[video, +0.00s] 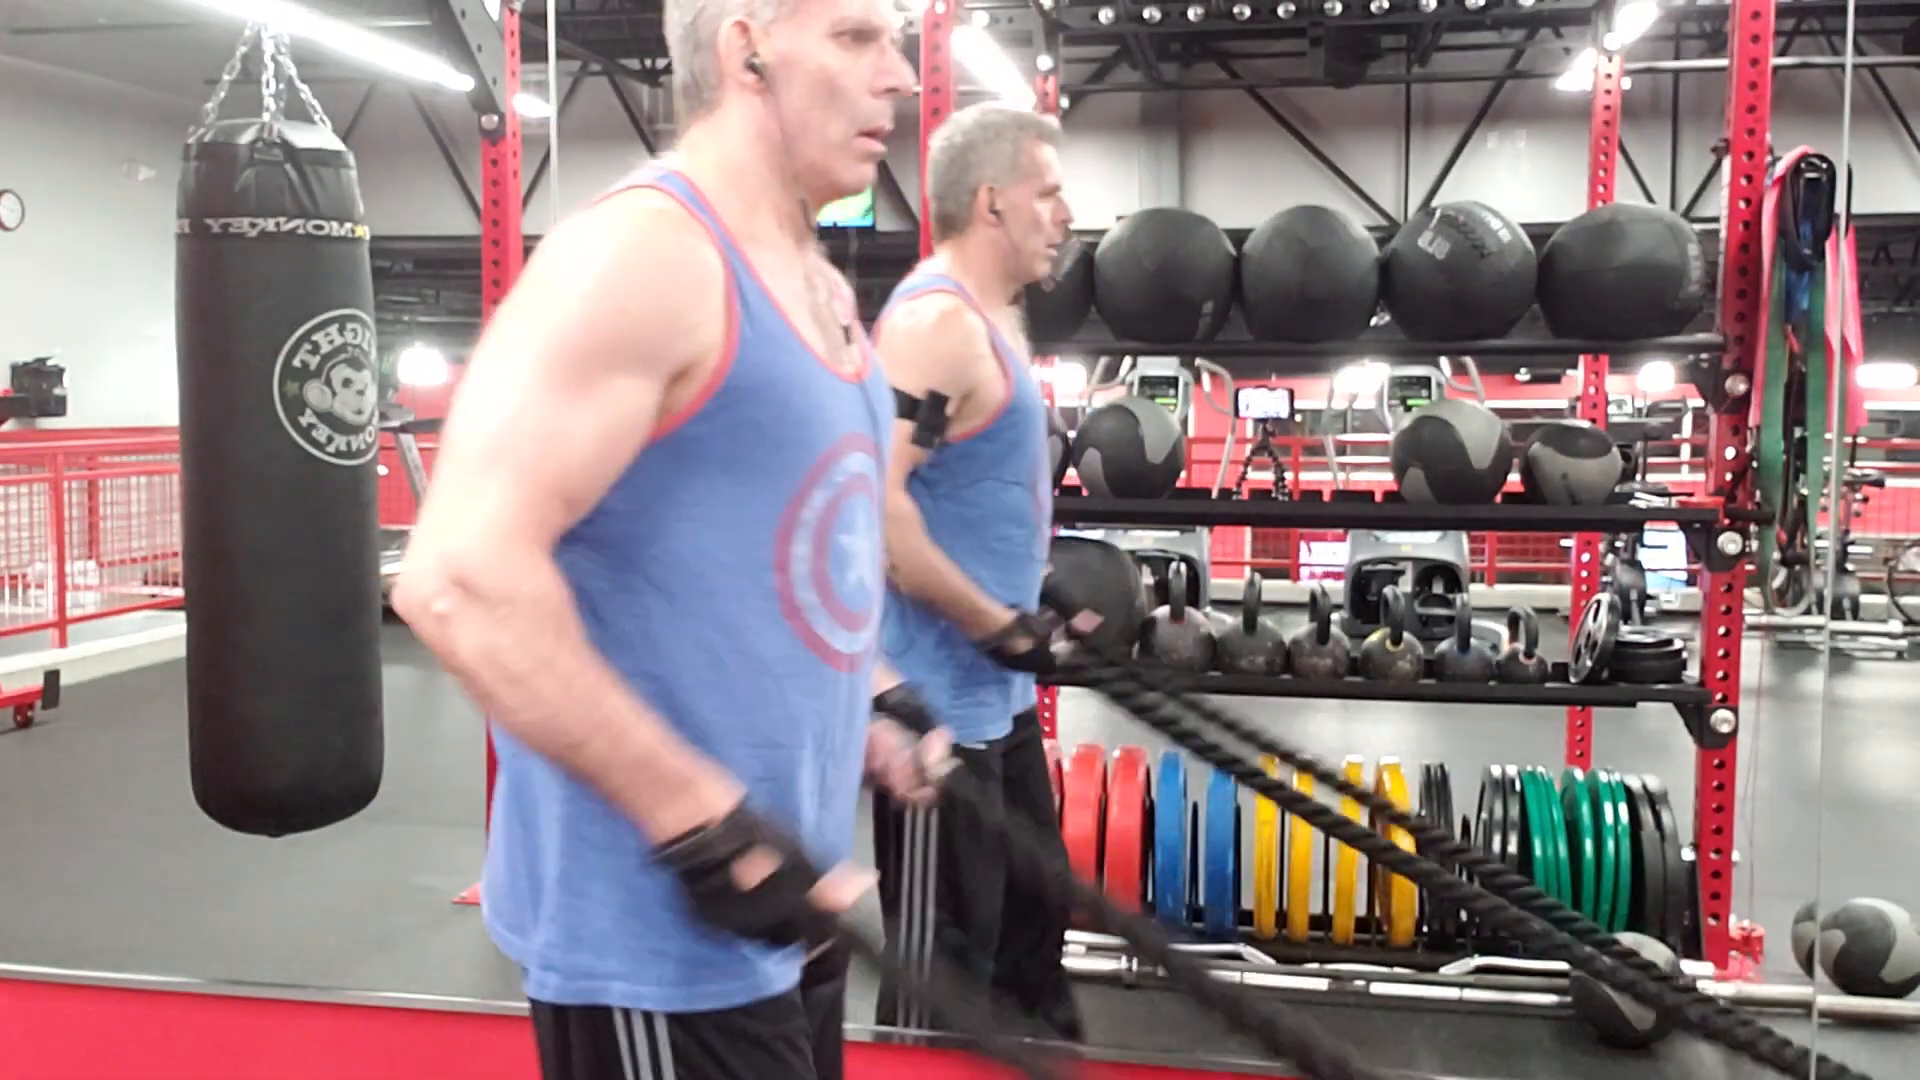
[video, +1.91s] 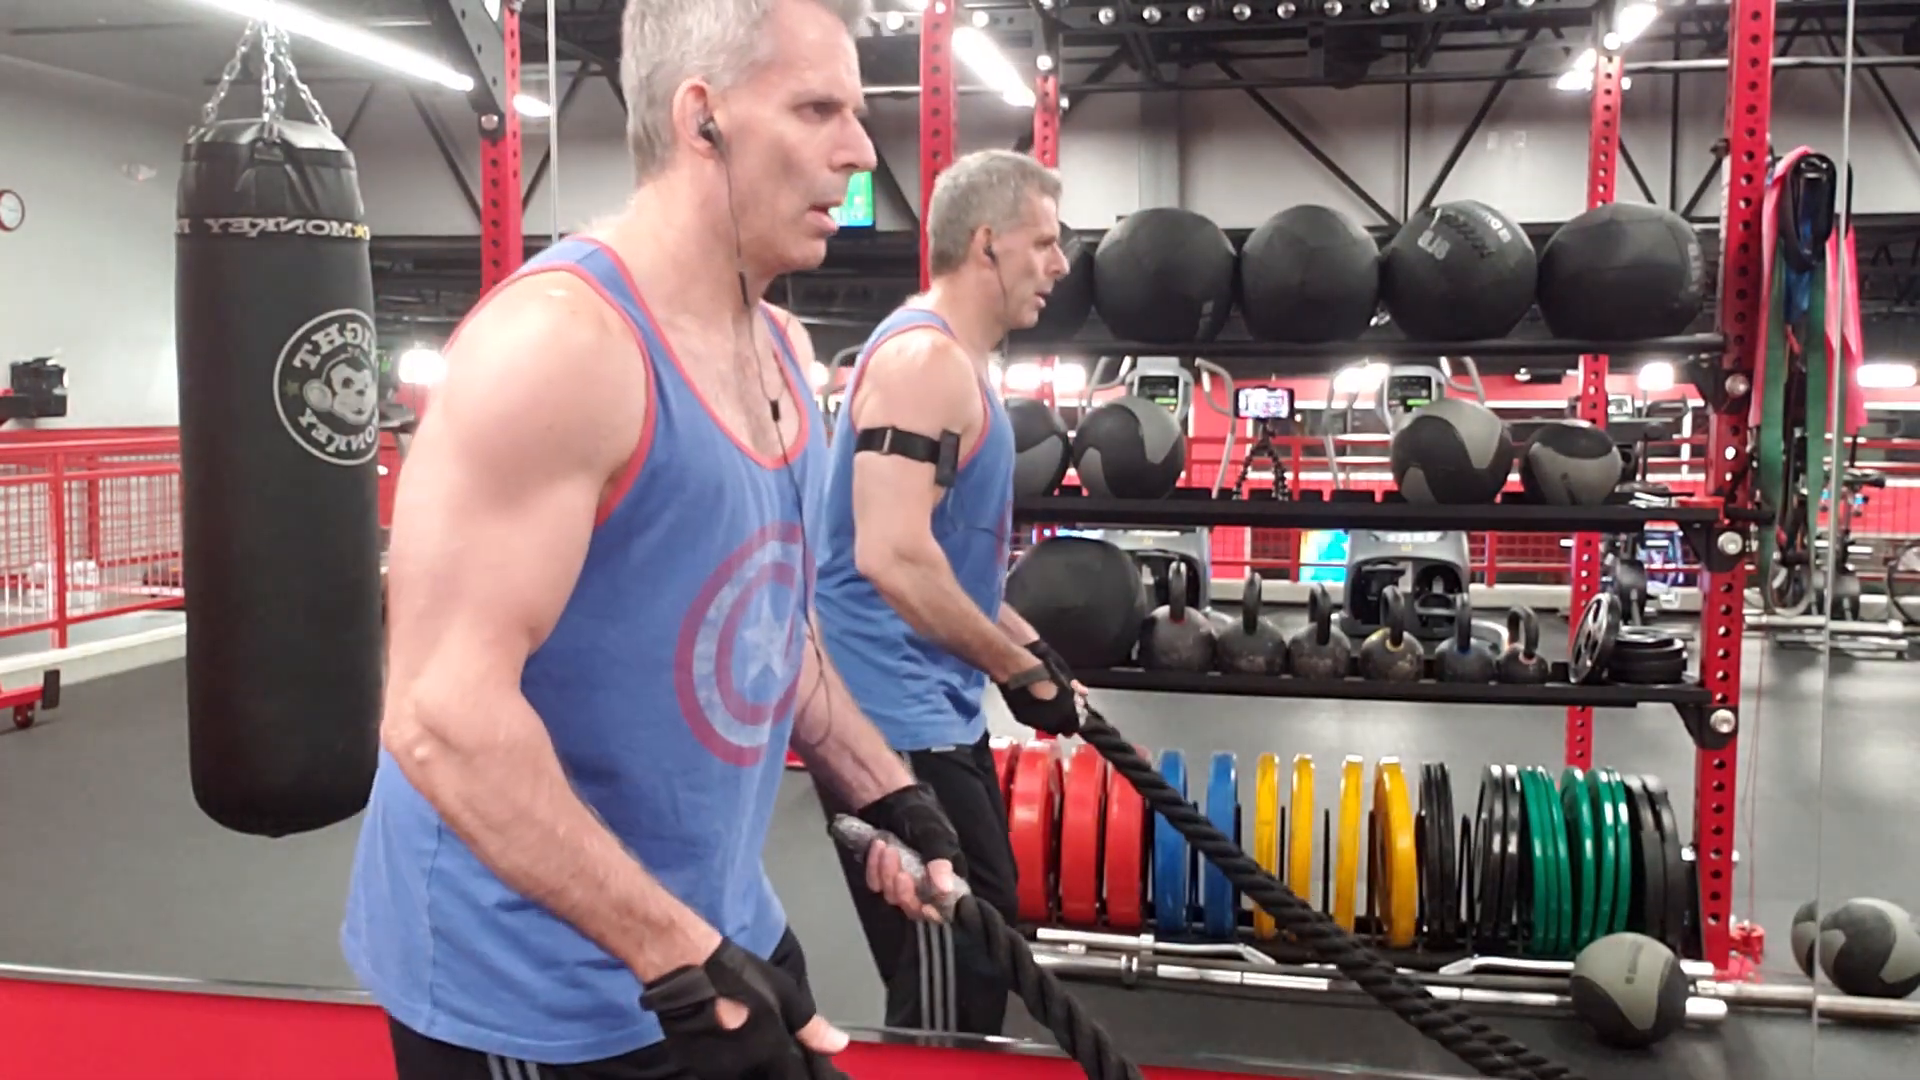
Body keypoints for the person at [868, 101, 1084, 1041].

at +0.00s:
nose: (1065, 217)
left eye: (1062, 195)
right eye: (1050, 194)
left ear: (997, 202)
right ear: (990, 201)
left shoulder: (988, 319)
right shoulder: (939, 324)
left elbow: (960, 501)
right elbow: (869, 495)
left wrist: (1034, 600)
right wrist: (996, 621)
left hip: (999, 692)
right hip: (940, 701)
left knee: (1033, 934)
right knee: (949, 949)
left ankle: (1034, 1060)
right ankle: (939, 1068)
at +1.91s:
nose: (1059, 267)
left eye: (1059, 245)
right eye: (1045, 243)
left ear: (992, 249)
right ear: (988, 245)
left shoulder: (956, 360)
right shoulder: (924, 359)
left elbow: (949, 548)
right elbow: (892, 554)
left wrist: (1023, 639)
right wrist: (1015, 669)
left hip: (939, 719)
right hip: (900, 728)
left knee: (971, 969)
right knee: (959, 975)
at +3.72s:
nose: (1034, 285)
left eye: (1034, 264)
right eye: (1020, 262)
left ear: (966, 269)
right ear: (963, 267)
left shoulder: (943, 391)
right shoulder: (899, 393)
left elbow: (1000, 543)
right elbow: (871, 594)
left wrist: (1105, 612)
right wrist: (989, 721)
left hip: (924, 743)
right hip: (874, 752)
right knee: (989, 945)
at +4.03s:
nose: (1034, 297)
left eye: (1035, 277)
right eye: (1019, 275)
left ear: (959, 279)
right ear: (957, 276)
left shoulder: (947, 393)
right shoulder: (898, 386)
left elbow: (946, 577)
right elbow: (916, 570)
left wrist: (1031, 659)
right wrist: (1076, 589)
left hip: (926, 715)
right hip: (866, 725)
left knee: (1022, 907)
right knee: (976, 929)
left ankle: (979, 1061)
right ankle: (952, 1068)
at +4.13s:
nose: (1032, 301)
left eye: (1032, 281)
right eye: (1018, 279)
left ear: (961, 283)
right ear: (955, 280)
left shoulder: (941, 394)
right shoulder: (899, 388)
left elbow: (969, 565)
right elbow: (950, 563)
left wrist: (1076, 574)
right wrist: (1084, 544)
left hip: (930, 716)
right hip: (872, 725)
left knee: (1024, 907)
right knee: (996, 929)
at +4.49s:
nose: (1042, 313)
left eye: (1041, 293)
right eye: (1027, 291)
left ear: (969, 295)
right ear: (967, 293)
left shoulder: (944, 395)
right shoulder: (909, 398)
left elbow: (975, 565)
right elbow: (959, 580)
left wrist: (1092, 581)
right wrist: (1107, 560)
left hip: (928, 728)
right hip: (876, 739)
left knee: (1029, 918)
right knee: (1007, 927)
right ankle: (923, 1067)